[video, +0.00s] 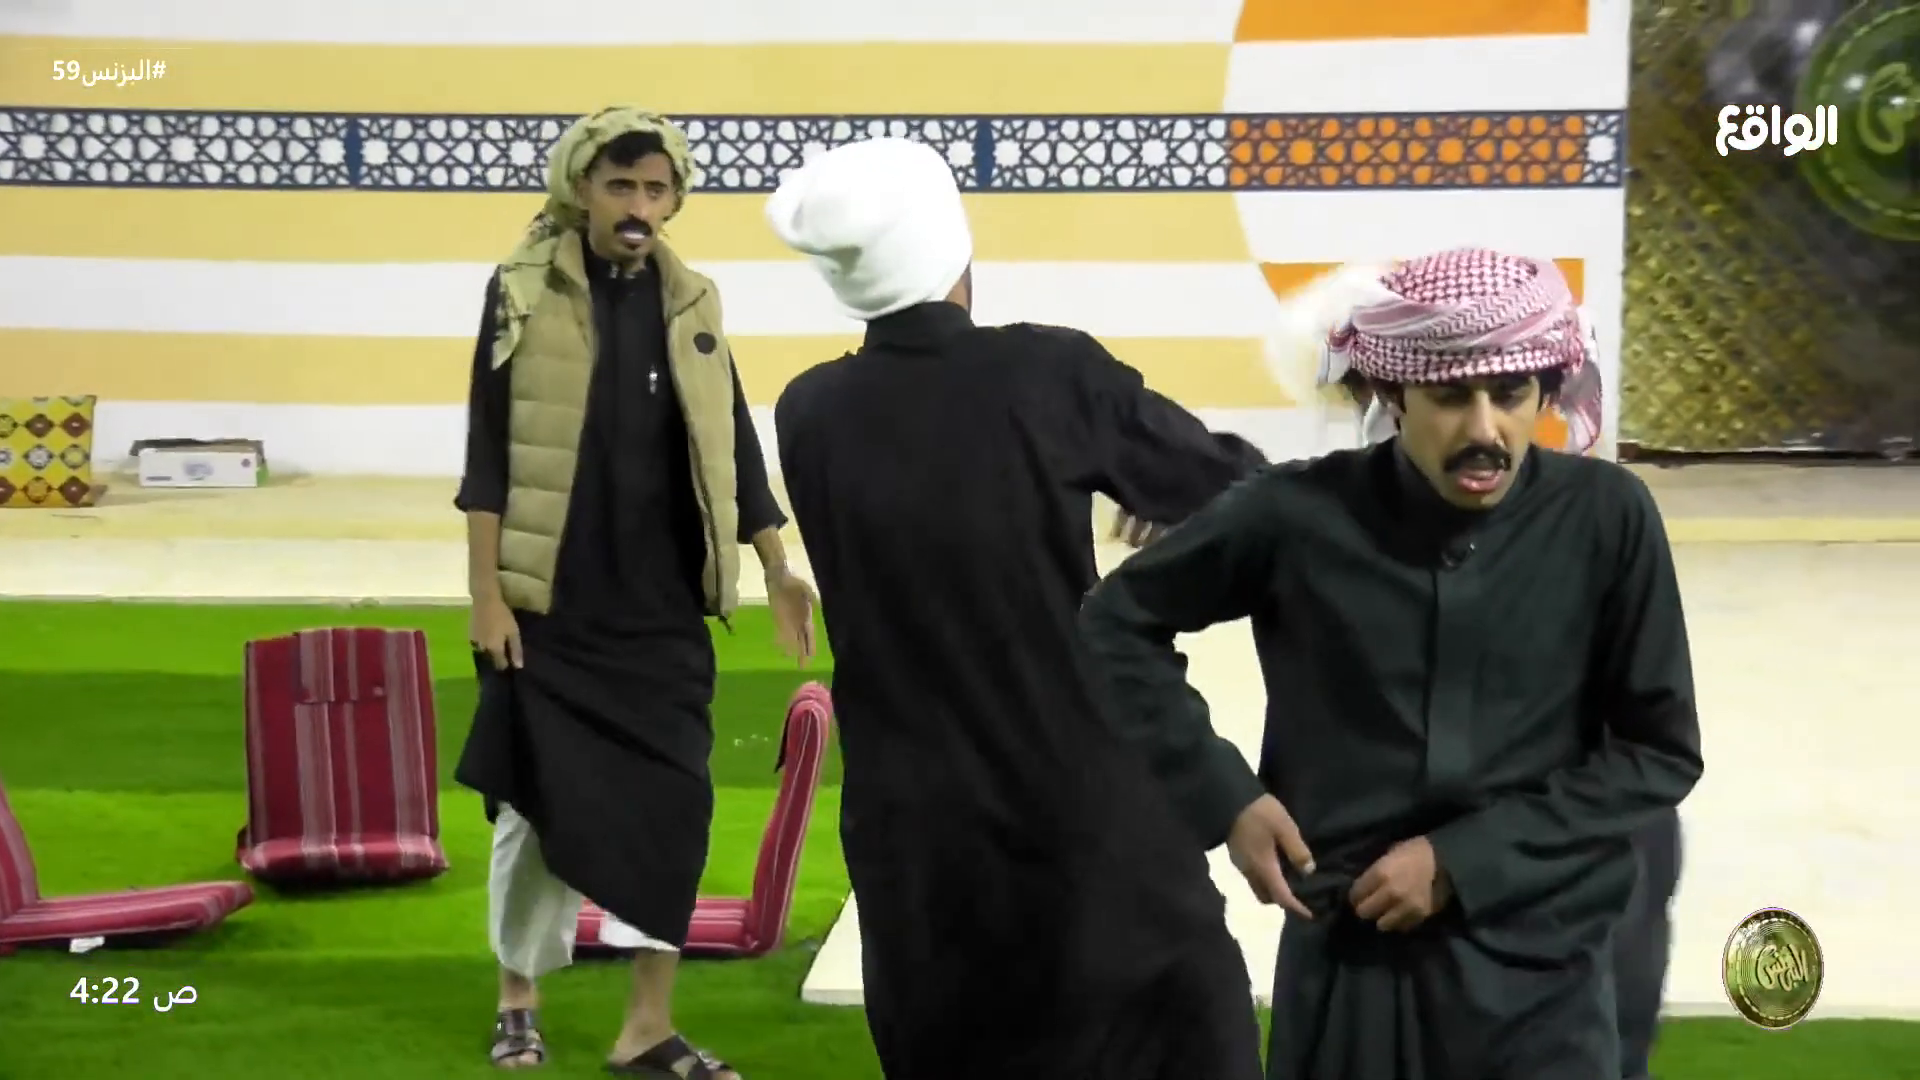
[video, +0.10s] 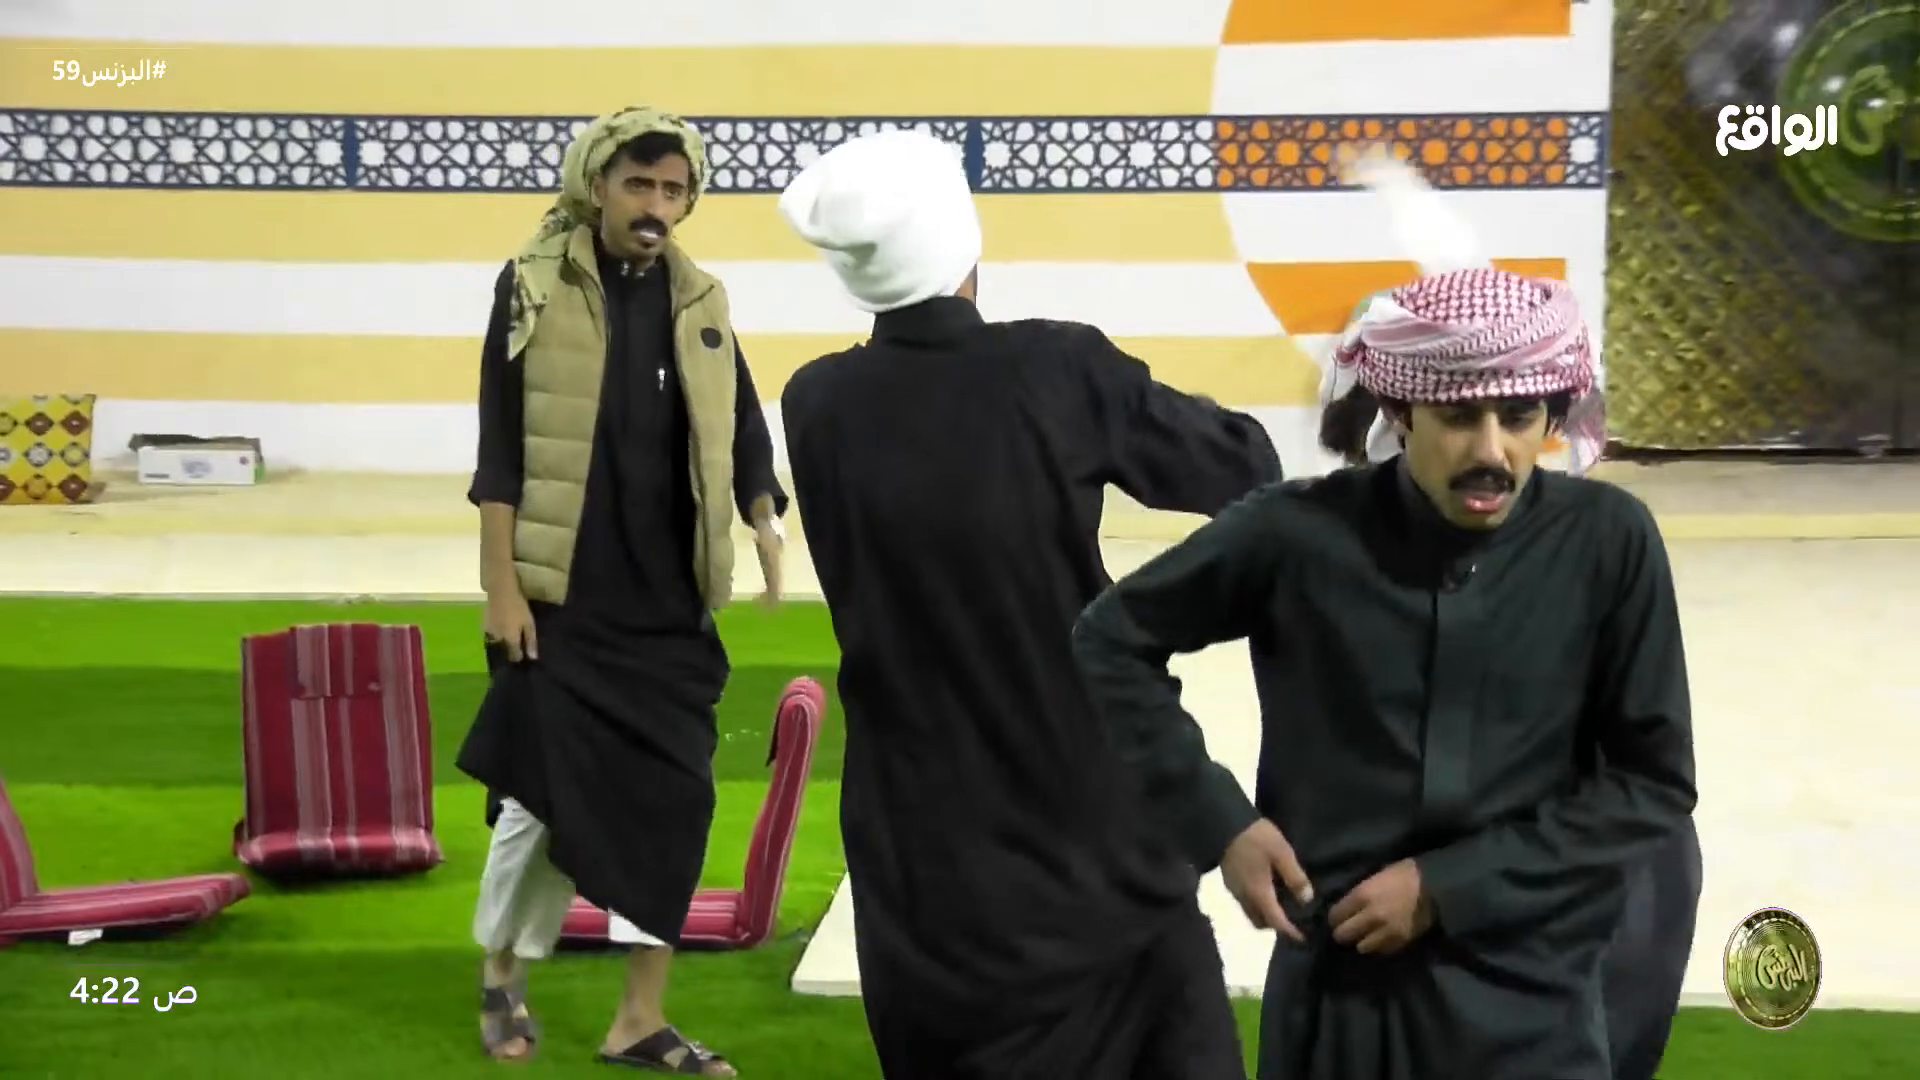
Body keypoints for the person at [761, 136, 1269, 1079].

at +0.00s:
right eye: (963, 237)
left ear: (847, 283)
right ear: (962, 260)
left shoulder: (808, 415)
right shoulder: (1056, 372)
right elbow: (1237, 491)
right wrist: (1167, 528)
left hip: (908, 825)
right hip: (1082, 801)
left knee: (942, 1046)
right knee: (1171, 1037)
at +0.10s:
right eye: (969, 223)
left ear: (853, 269)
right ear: (969, 248)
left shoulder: (815, 407)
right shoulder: (1063, 370)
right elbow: (1246, 467)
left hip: (909, 836)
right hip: (1080, 816)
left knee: (938, 1045)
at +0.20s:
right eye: (984, 226)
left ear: (874, 268)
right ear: (989, 252)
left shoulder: (826, 403)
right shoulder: (1072, 377)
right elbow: (1199, 498)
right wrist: (1147, 369)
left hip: (901, 822)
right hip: (1065, 811)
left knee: (924, 1049)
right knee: (1116, 1047)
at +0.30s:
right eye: (994, 248)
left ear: (882, 280)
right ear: (996, 270)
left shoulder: (838, 422)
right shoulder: (1076, 397)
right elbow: (1129, 545)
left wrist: (1053, 375)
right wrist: (1082, 372)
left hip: (912, 837)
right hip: (1077, 831)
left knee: (916, 1051)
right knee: (1091, 1046)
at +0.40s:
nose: (841, 353)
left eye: (845, 339)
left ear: (860, 361)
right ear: (969, 343)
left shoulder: (844, 481)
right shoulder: (1066, 450)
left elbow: (860, 628)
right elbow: (1100, 600)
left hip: (939, 849)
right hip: (1098, 841)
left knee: (901, 1054)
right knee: (1093, 1052)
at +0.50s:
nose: (781, 358)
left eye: (795, 341)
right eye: (787, 337)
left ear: (840, 364)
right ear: (908, 355)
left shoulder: (849, 481)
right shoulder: (1025, 456)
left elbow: (844, 675)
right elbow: (1099, 625)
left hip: (946, 864)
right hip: (1092, 856)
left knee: (870, 1057)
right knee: (1086, 1059)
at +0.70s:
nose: (668, 397)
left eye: (693, 371)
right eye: (666, 373)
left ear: (768, 381)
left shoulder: (839, 488)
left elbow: (907, 705)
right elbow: (840, 709)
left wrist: (827, 855)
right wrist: (697, 788)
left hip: (1011, 846)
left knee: (785, 1000)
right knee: (781, 981)